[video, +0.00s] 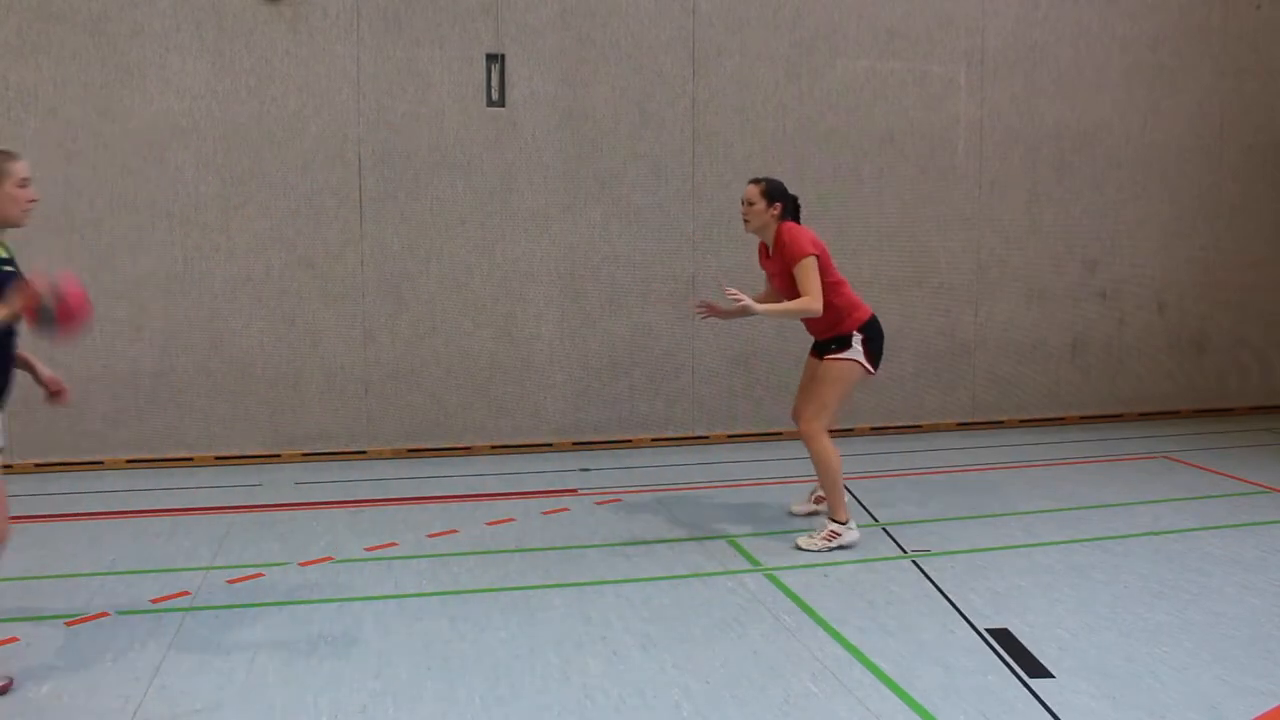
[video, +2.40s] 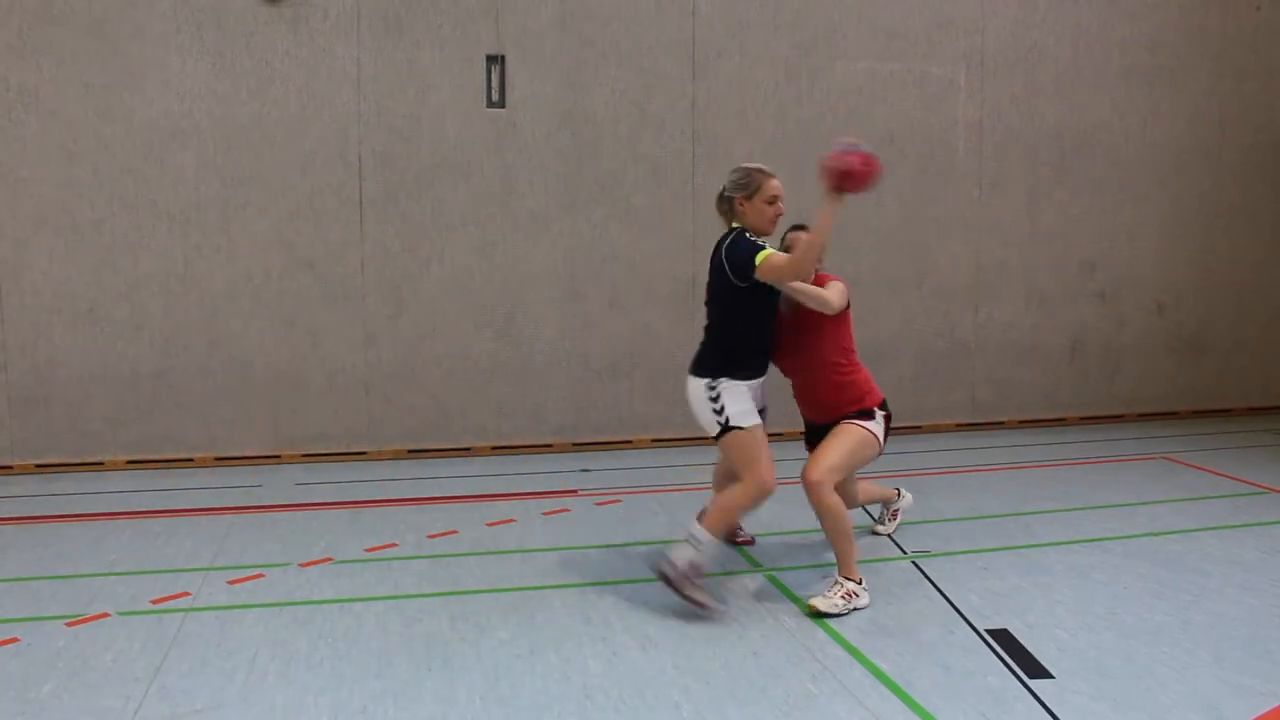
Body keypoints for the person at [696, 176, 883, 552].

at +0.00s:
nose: (742, 211)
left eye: (749, 204)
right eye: (742, 204)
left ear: (774, 208)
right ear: (759, 211)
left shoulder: (796, 238)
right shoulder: (766, 248)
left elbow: (813, 304)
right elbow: (779, 294)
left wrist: (757, 307)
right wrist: (732, 311)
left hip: (854, 334)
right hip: (827, 337)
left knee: (813, 423)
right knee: (804, 415)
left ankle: (842, 523)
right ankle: (831, 489)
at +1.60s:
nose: (762, 229)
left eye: (768, 221)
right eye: (761, 221)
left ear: (795, 221)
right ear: (791, 223)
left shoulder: (813, 247)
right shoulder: (797, 260)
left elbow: (777, 295)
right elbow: (768, 318)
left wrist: (724, 268)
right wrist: (714, 316)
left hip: (881, 362)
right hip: (867, 364)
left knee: (832, 462)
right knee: (843, 450)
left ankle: (874, 566)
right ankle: (883, 520)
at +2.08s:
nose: (761, 248)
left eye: (770, 242)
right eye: (759, 242)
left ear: (794, 249)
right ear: (760, 246)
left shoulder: (800, 272)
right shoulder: (776, 284)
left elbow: (765, 288)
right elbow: (785, 348)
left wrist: (727, 264)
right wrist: (741, 333)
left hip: (848, 399)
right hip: (826, 403)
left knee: (800, 483)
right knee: (823, 486)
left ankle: (858, 582)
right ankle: (892, 504)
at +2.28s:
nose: (785, 252)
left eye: (794, 245)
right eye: (781, 244)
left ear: (813, 251)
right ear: (772, 246)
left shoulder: (823, 279)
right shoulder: (773, 283)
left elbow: (809, 303)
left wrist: (764, 273)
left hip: (852, 408)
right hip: (815, 413)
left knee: (802, 481)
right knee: (835, 495)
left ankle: (849, 583)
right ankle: (893, 500)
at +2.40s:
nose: (798, 256)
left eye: (806, 249)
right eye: (791, 250)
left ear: (818, 254)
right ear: (779, 257)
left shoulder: (831, 285)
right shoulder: (770, 299)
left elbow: (830, 303)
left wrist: (778, 277)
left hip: (863, 413)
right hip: (818, 424)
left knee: (817, 477)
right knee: (845, 497)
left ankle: (850, 582)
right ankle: (894, 497)